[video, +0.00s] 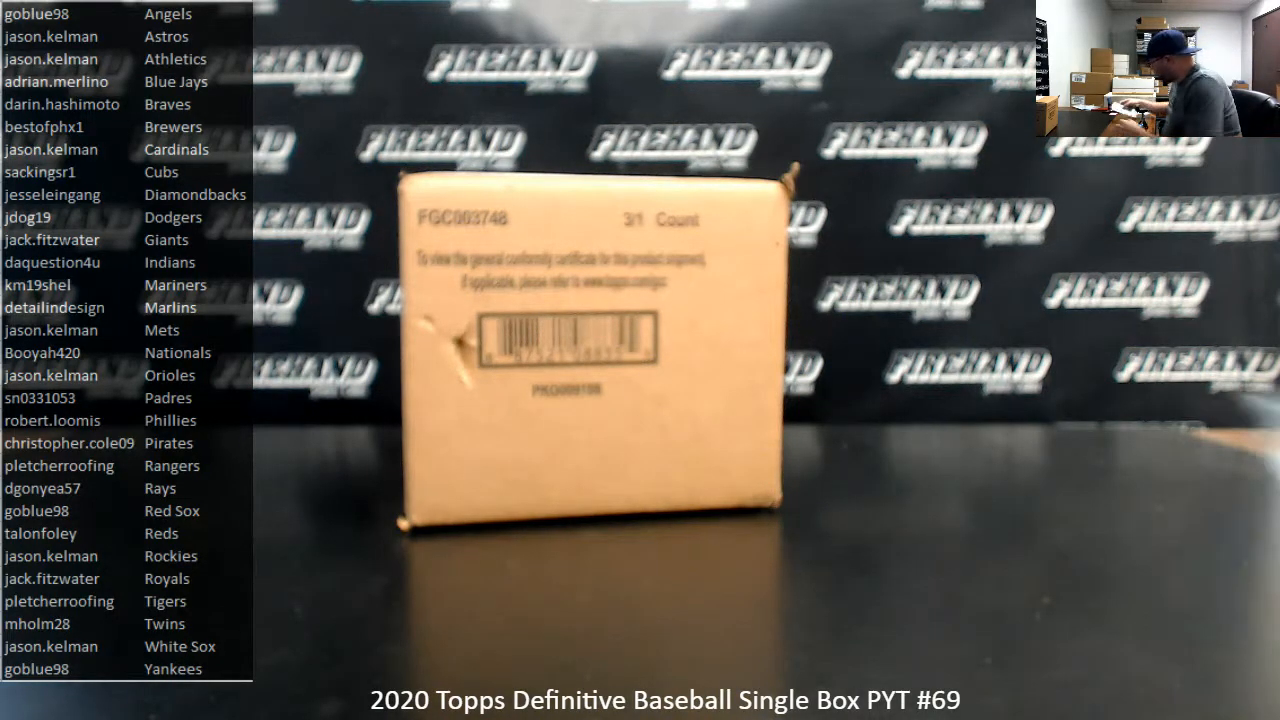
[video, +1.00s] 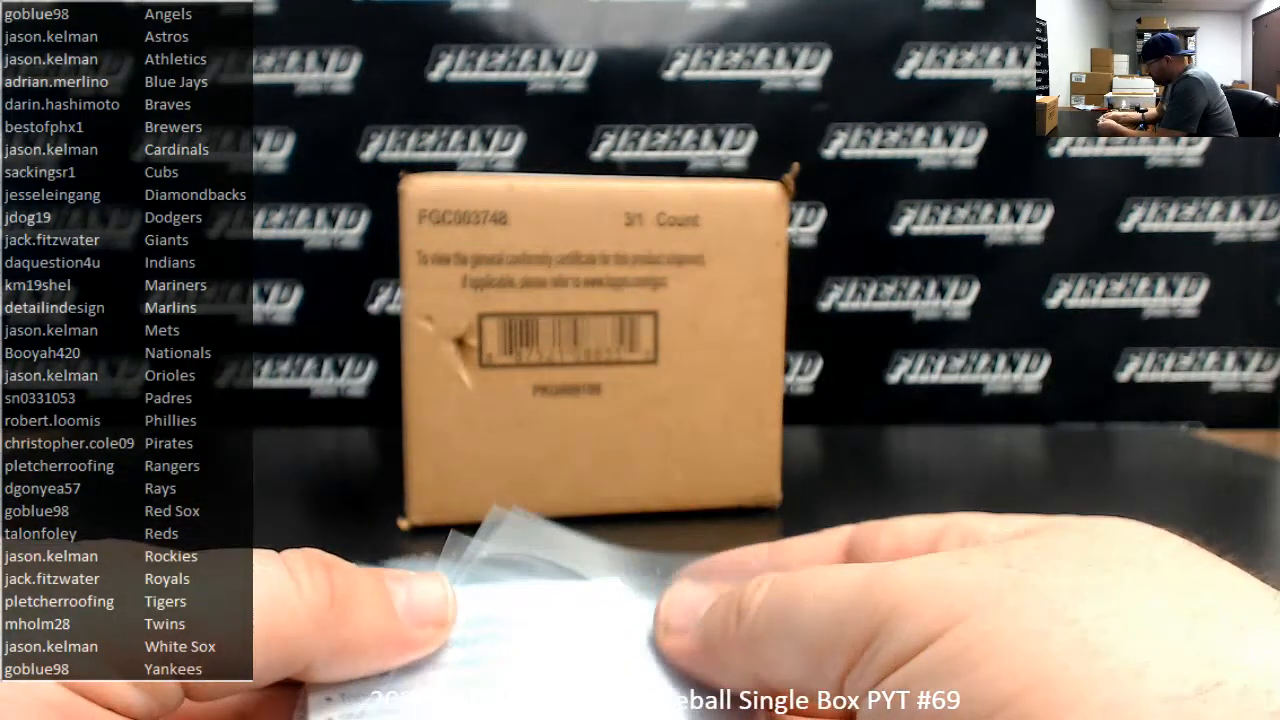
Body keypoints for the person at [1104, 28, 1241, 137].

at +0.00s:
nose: (1152, 71)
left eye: (1152, 64)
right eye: (1150, 66)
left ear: (1167, 59)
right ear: (1168, 60)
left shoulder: (1205, 84)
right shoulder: (1181, 80)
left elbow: (1202, 149)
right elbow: (1177, 109)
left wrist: (1139, 133)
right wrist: (1142, 104)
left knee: (1119, 127)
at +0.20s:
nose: (1156, 65)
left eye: (1158, 59)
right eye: (1155, 60)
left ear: (1177, 56)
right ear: (1178, 56)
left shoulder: (1199, 83)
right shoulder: (1183, 78)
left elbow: (1166, 138)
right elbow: (1163, 109)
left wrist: (1117, 128)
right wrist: (1130, 112)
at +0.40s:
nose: (1154, 66)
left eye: (1157, 60)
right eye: (1153, 61)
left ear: (1176, 57)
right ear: (1176, 57)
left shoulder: (1196, 84)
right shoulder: (1180, 80)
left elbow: (1165, 141)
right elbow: (1159, 114)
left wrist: (1117, 131)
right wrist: (1126, 117)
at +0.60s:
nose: (1151, 70)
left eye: (1152, 63)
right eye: (1149, 64)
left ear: (1169, 59)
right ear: (1170, 59)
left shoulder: (1192, 84)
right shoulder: (1178, 80)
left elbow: (1166, 141)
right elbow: (1159, 114)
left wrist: (1119, 130)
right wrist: (1124, 116)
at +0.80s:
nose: (1149, 72)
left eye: (1150, 64)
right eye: (1148, 66)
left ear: (1167, 59)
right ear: (1167, 59)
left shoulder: (1191, 83)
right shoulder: (1177, 80)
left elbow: (1166, 141)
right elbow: (1160, 114)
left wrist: (1118, 131)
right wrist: (1125, 117)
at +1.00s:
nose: (1148, 72)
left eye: (1149, 66)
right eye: (1147, 67)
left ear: (1166, 60)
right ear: (1167, 60)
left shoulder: (1191, 84)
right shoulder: (1176, 80)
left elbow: (1165, 142)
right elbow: (1160, 112)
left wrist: (1117, 131)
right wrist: (1127, 117)